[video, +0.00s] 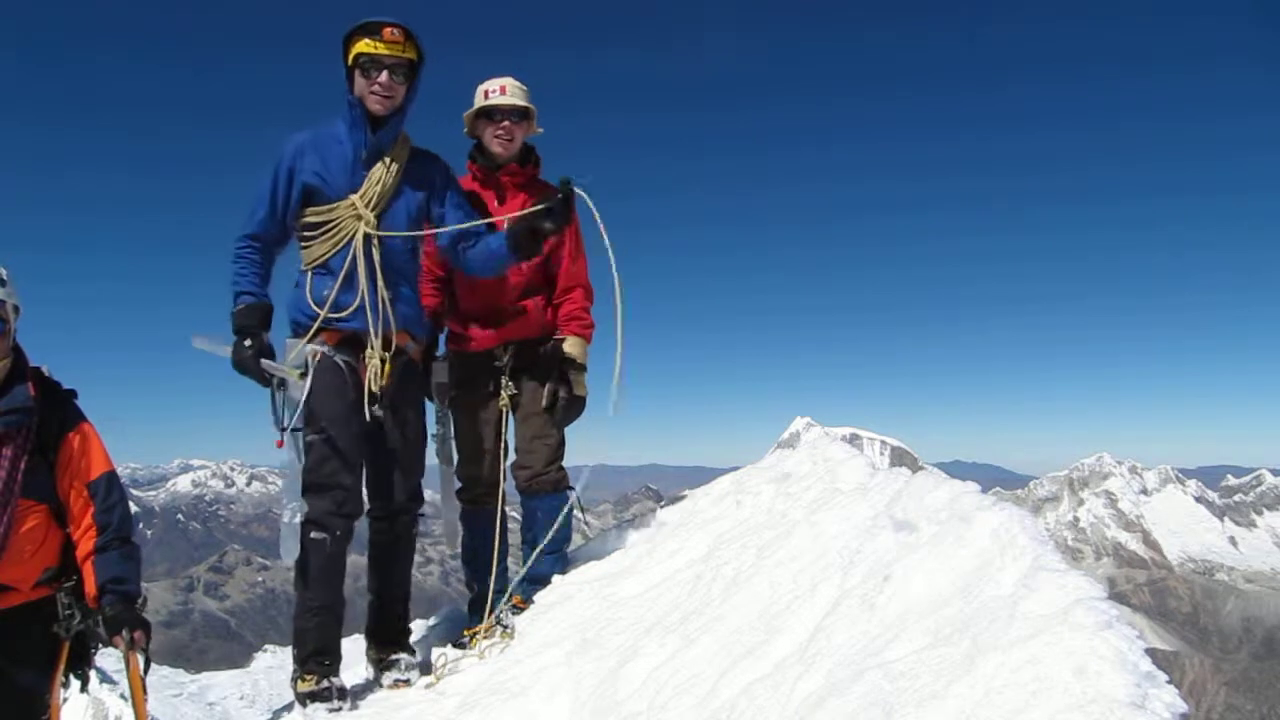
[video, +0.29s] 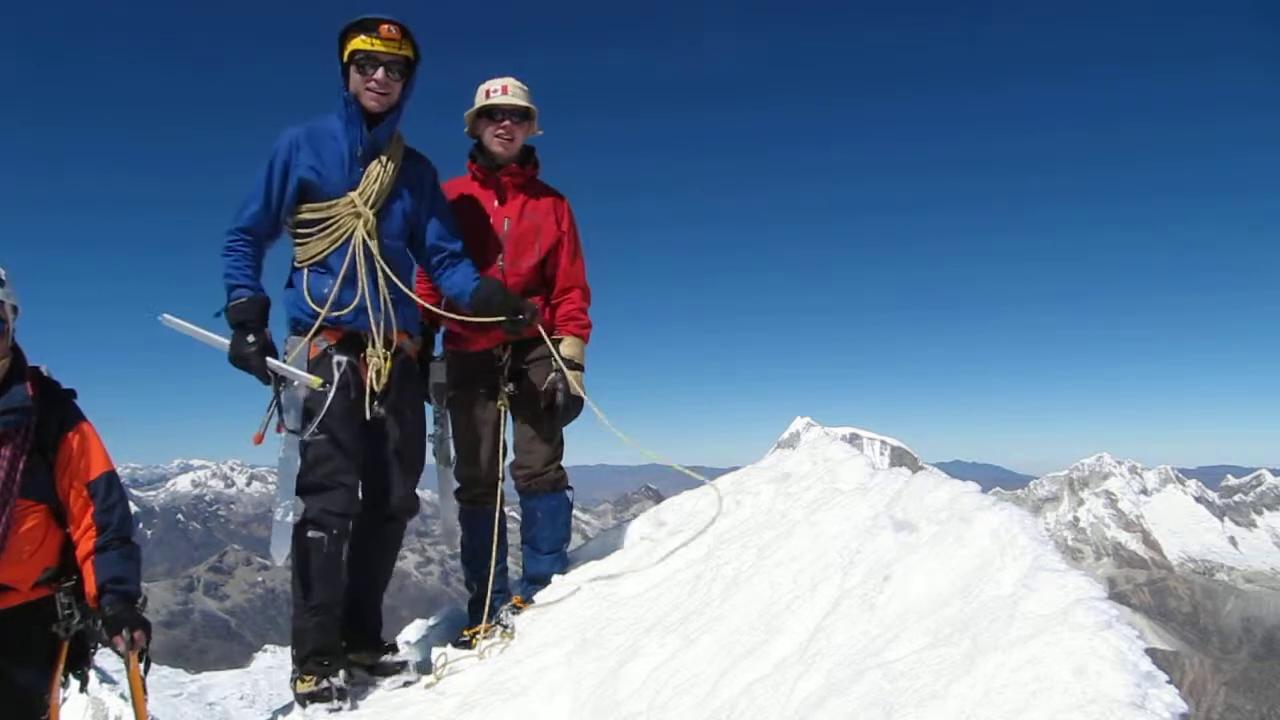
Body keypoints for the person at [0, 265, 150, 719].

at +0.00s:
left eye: (1, 320)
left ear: (13, 323)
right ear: (5, 322)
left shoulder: (47, 409)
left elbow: (99, 507)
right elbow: (99, 507)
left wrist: (116, 597)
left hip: (24, 617)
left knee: (21, 707)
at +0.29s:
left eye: (0, 319)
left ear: (12, 321)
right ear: (6, 321)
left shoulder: (45, 407)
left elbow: (98, 506)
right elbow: (98, 506)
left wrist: (116, 597)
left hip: (23, 617)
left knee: (20, 706)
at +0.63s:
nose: (0, 330)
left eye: (1, 318)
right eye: (0, 318)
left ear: (10, 321)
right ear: (6, 321)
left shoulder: (45, 408)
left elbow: (98, 508)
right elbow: (98, 508)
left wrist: (116, 598)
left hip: (23, 617)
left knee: (21, 707)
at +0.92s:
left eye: (0, 317)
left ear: (10, 320)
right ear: (6, 320)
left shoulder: (46, 409)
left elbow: (98, 510)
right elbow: (98, 510)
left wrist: (116, 598)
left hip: (23, 617)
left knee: (20, 706)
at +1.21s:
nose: (1, 329)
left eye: (2, 316)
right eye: (1, 316)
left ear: (11, 320)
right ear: (7, 320)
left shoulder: (46, 409)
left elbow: (97, 509)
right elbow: (98, 509)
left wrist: (116, 597)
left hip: (24, 618)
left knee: (21, 706)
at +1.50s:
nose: (1, 328)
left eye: (2, 316)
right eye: (2, 316)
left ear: (10, 320)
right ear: (8, 320)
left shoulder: (46, 410)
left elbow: (97, 509)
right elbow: (98, 510)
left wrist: (116, 597)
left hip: (24, 618)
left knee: (21, 705)